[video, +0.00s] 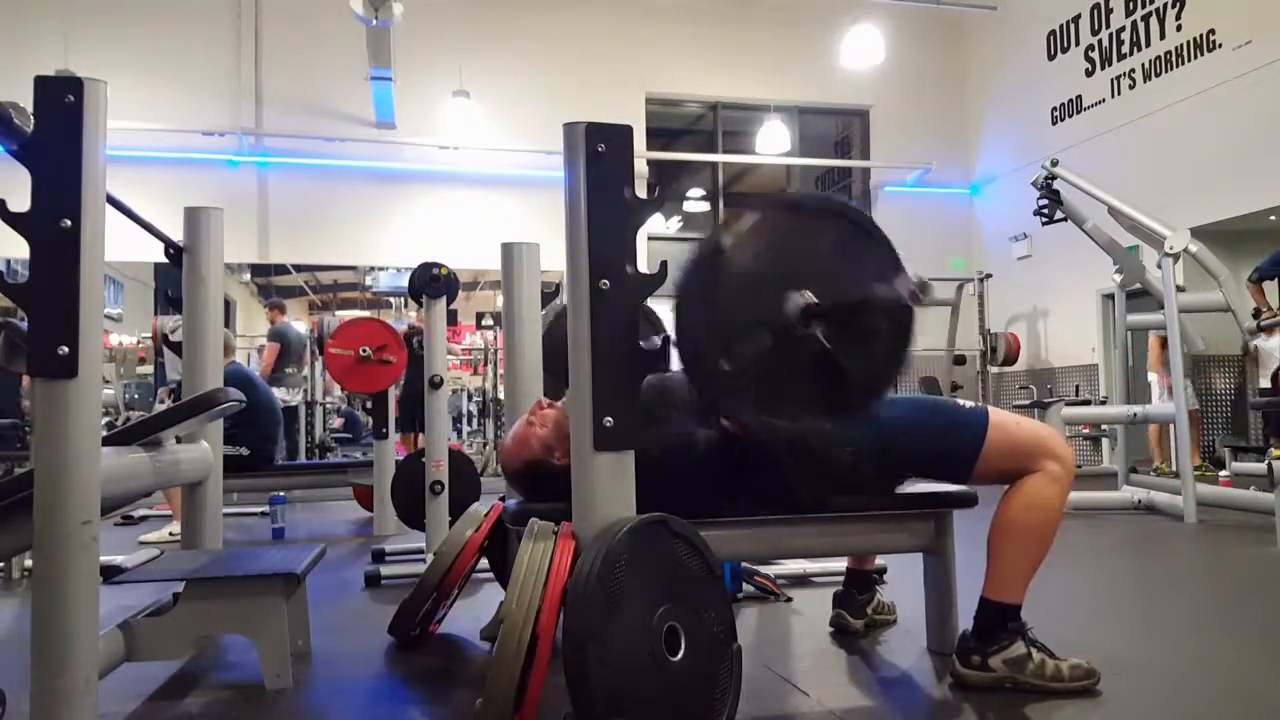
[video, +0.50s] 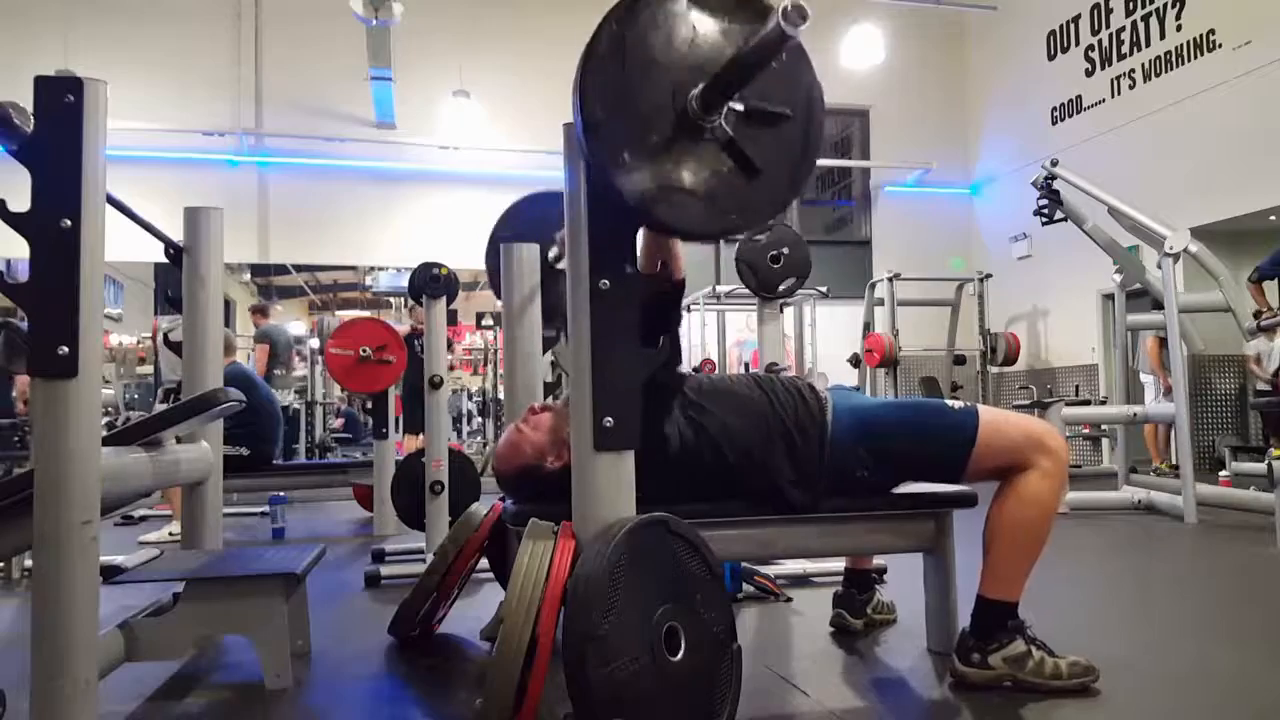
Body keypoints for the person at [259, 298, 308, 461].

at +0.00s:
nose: (267, 317)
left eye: (268, 313)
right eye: (266, 313)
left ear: (276, 312)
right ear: (281, 312)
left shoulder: (276, 331)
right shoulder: (299, 333)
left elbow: (268, 363)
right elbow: (306, 361)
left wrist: (259, 383)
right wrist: (296, 374)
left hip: (278, 383)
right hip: (296, 382)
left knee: (274, 424)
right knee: (291, 426)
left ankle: (275, 460)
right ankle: (293, 462)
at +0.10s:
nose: (266, 317)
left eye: (267, 313)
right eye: (266, 313)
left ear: (275, 312)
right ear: (280, 312)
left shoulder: (276, 331)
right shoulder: (298, 333)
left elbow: (268, 362)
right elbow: (305, 361)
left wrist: (259, 382)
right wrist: (296, 374)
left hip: (277, 382)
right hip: (295, 381)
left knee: (273, 423)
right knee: (291, 425)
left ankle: (274, 459)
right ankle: (292, 461)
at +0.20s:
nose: (263, 319)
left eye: (264, 314)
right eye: (263, 315)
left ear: (272, 313)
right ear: (277, 313)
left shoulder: (274, 331)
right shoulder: (295, 333)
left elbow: (267, 362)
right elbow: (300, 361)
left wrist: (258, 381)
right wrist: (295, 375)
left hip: (277, 382)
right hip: (294, 381)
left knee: (274, 423)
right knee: (290, 423)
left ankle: (273, 457)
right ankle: (292, 458)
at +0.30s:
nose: (260, 320)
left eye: (260, 316)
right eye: (259, 316)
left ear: (267, 314)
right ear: (275, 314)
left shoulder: (271, 331)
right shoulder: (293, 332)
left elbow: (266, 361)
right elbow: (299, 360)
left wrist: (258, 382)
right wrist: (292, 375)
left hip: (275, 383)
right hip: (293, 382)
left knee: (271, 422)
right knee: (290, 424)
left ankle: (271, 457)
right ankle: (290, 458)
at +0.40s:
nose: (256, 322)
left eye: (256, 318)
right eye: (255, 319)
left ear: (262, 316)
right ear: (272, 315)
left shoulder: (267, 332)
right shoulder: (289, 333)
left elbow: (264, 363)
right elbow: (296, 361)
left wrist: (256, 385)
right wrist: (289, 376)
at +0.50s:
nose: (252, 321)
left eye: (252, 318)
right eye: (251, 318)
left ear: (258, 316)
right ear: (267, 315)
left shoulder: (263, 333)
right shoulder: (284, 330)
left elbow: (260, 364)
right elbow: (292, 357)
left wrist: (257, 385)